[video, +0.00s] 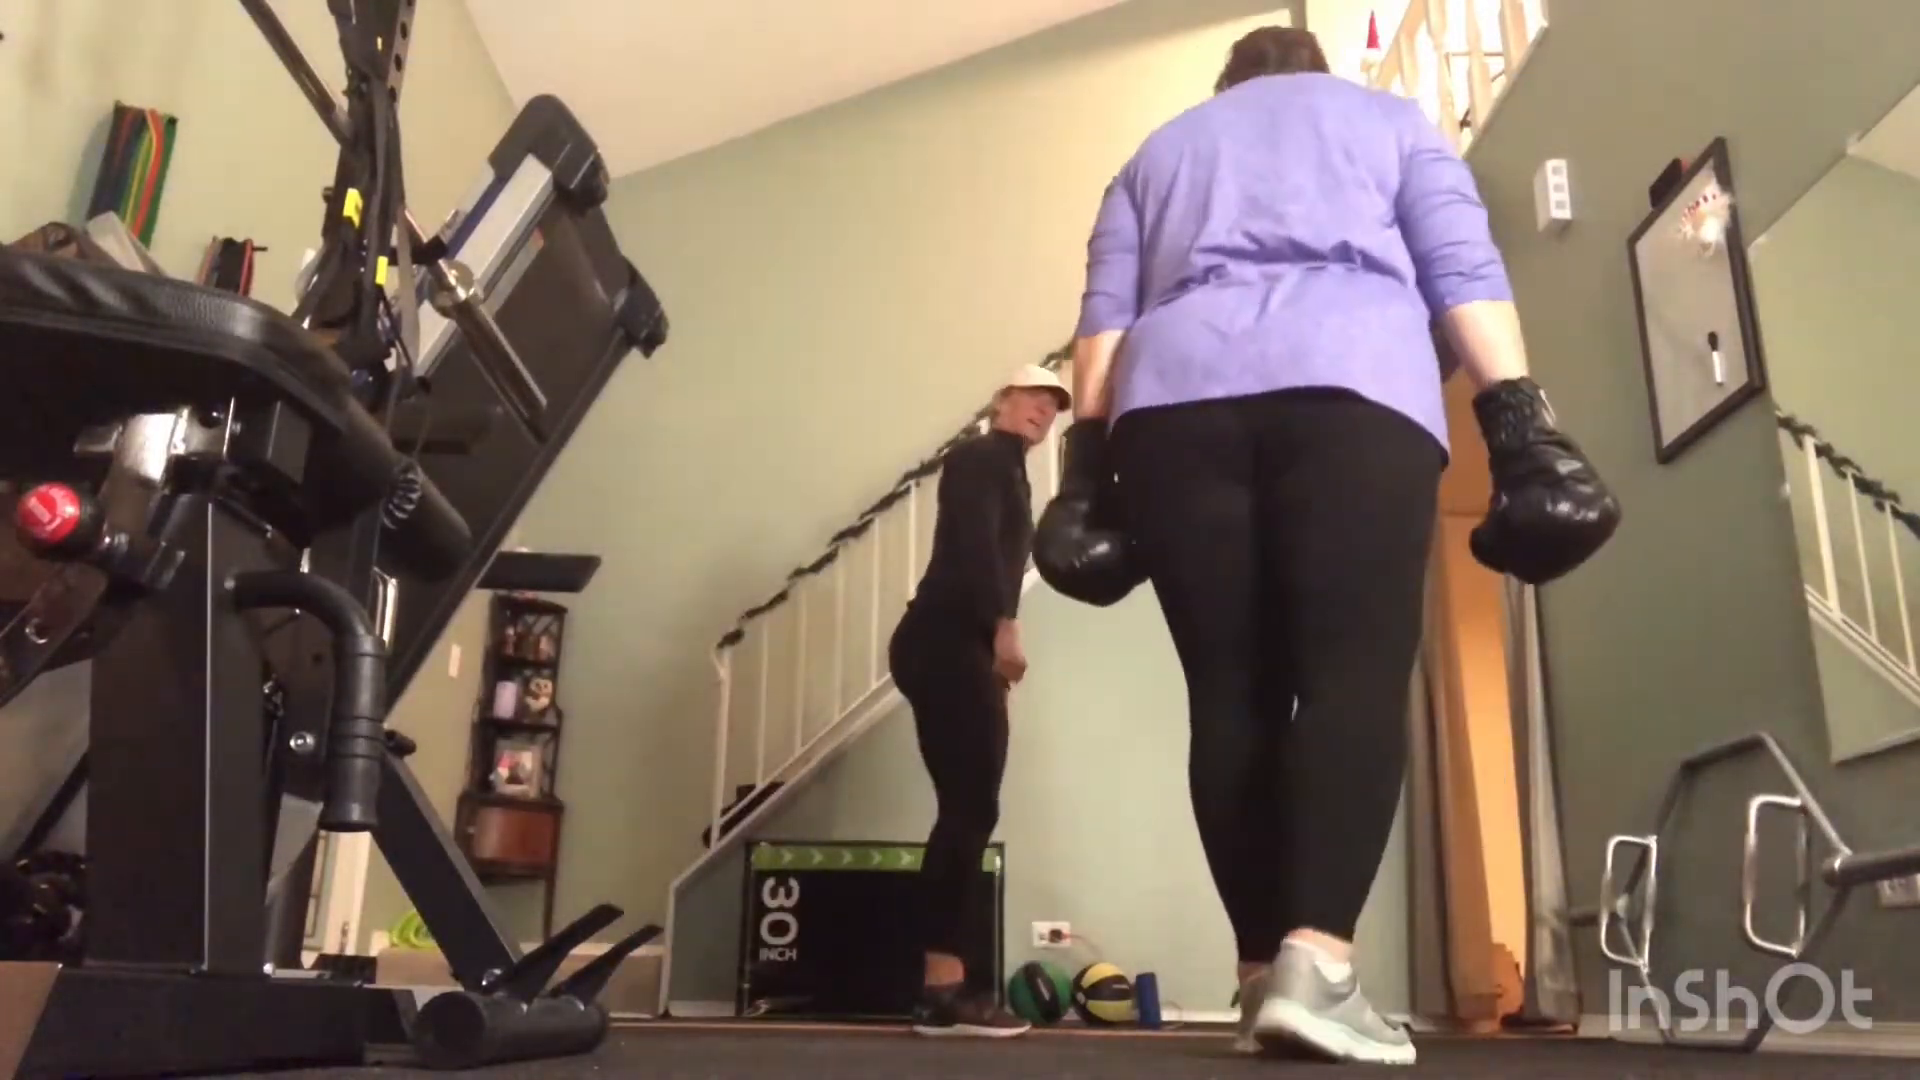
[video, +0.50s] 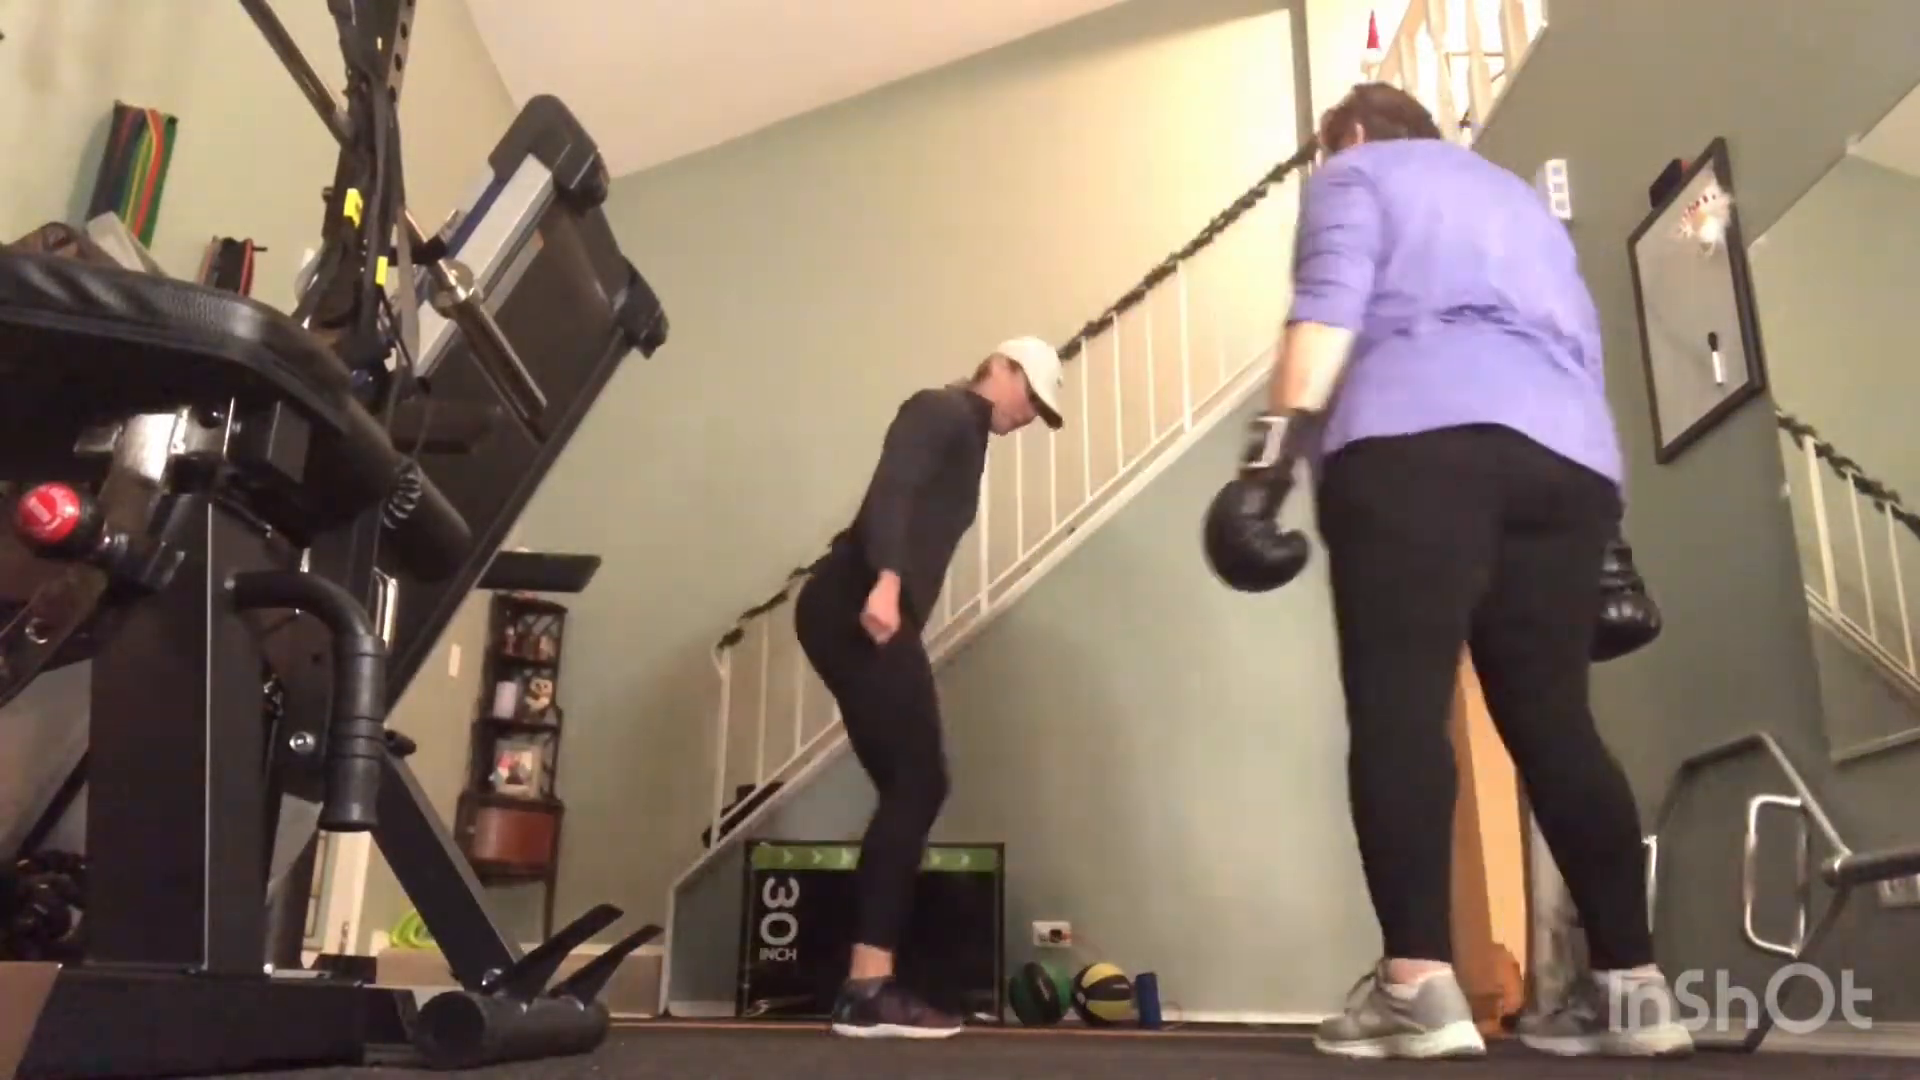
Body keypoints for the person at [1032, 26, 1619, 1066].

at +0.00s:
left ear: (1223, 87)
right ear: (1327, 73)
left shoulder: (1153, 152)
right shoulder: (1394, 118)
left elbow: (1102, 323)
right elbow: (1461, 265)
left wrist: (1083, 475)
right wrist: (1525, 433)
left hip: (1175, 409)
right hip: (1359, 393)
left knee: (1227, 700)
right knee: (1353, 673)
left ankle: (1269, 982)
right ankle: (1316, 966)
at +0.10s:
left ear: (1225, 101)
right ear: (1327, 87)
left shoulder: (1161, 176)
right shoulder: (1395, 137)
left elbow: (1114, 352)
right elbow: (1462, 285)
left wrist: (1106, 504)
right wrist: (1513, 456)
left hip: (1199, 426)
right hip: (1384, 417)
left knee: (1241, 705)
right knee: (1446, 678)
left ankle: (1272, 990)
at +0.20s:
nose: (1292, 109)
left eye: (1293, 96)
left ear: (1301, 97)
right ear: (1405, 90)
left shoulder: (1256, 161)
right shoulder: (1495, 156)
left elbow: (1207, 306)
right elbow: (1558, 298)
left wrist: (1168, 467)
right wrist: (1588, 470)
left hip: (1299, 426)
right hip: (1484, 429)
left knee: (1290, 709)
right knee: (1505, 705)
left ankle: (1279, 981)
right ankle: (1537, 985)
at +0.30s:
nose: (1329, 130)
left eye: (1331, 117)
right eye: (1335, 114)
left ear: (1347, 109)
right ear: (1439, 102)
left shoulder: (1325, 148)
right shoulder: (1542, 167)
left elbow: (1284, 280)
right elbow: (1606, 334)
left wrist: (1241, 430)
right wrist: (1639, 492)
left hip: (1366, 416)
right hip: (1546, 428)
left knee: (1344, 698)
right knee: (1534, 707)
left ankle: (1347, 966)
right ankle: (1543, 983)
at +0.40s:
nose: (1293, 141)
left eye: (1297, 127)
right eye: (1299, 126)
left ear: (1315, 117)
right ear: (1407, 114)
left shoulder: (1293, 162)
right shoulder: (1513, 178)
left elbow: (1257, 301)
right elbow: (1576, 351)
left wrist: (1221, 456)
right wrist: (1590, 510)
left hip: (1362, 417)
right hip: (1538, 432)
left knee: (1376, 712)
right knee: (1520, 695)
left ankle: (1416, 985)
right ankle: (1546, 937)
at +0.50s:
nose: (1326, 176)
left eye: (1327, 162)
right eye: (1325, 164)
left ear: (1350, 140)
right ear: (1426, 134)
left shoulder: (1349, 173)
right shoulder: (1531, 207)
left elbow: (1325, 315)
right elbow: (1582, 365)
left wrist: (1267, 464)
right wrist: (1603, 530)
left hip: (1411, 445)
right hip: (1563, 458)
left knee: (1398, 715)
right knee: (1554, 722)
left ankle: (1417, 982)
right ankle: (1632, 981)